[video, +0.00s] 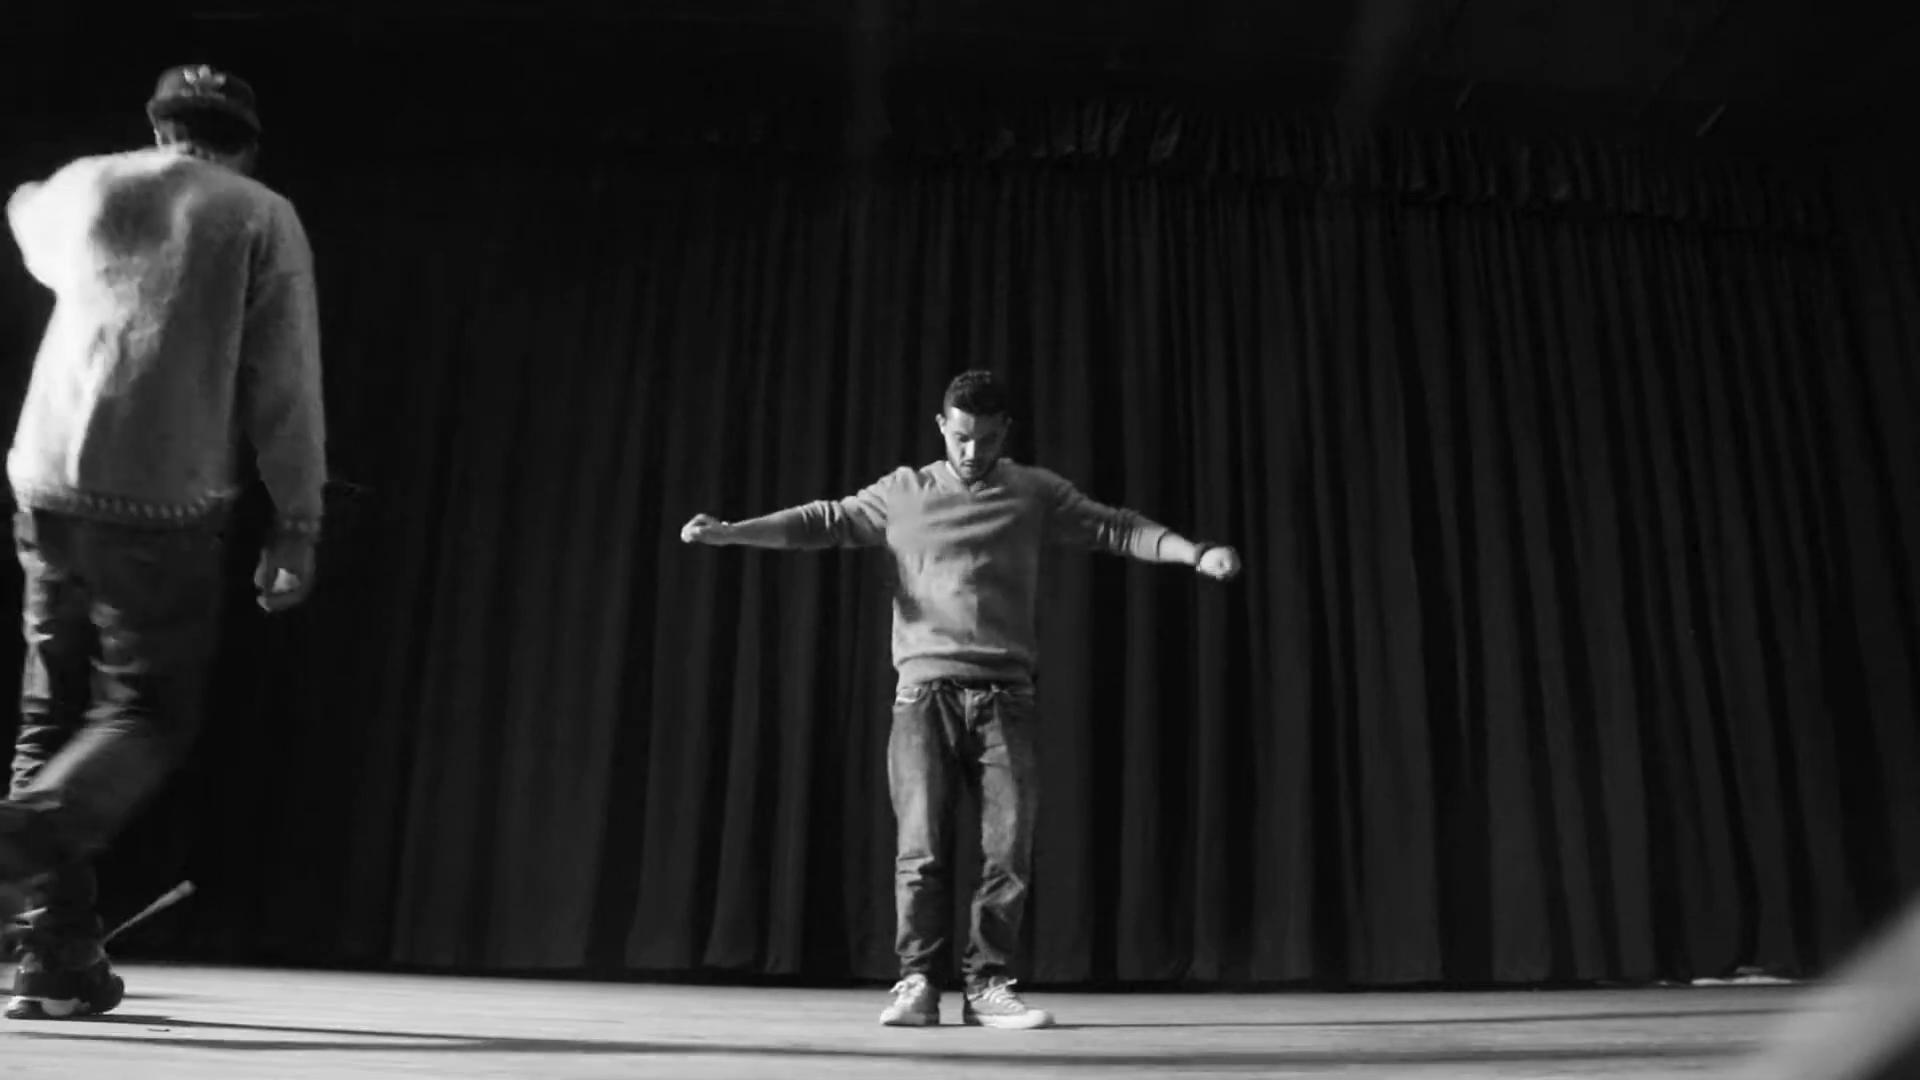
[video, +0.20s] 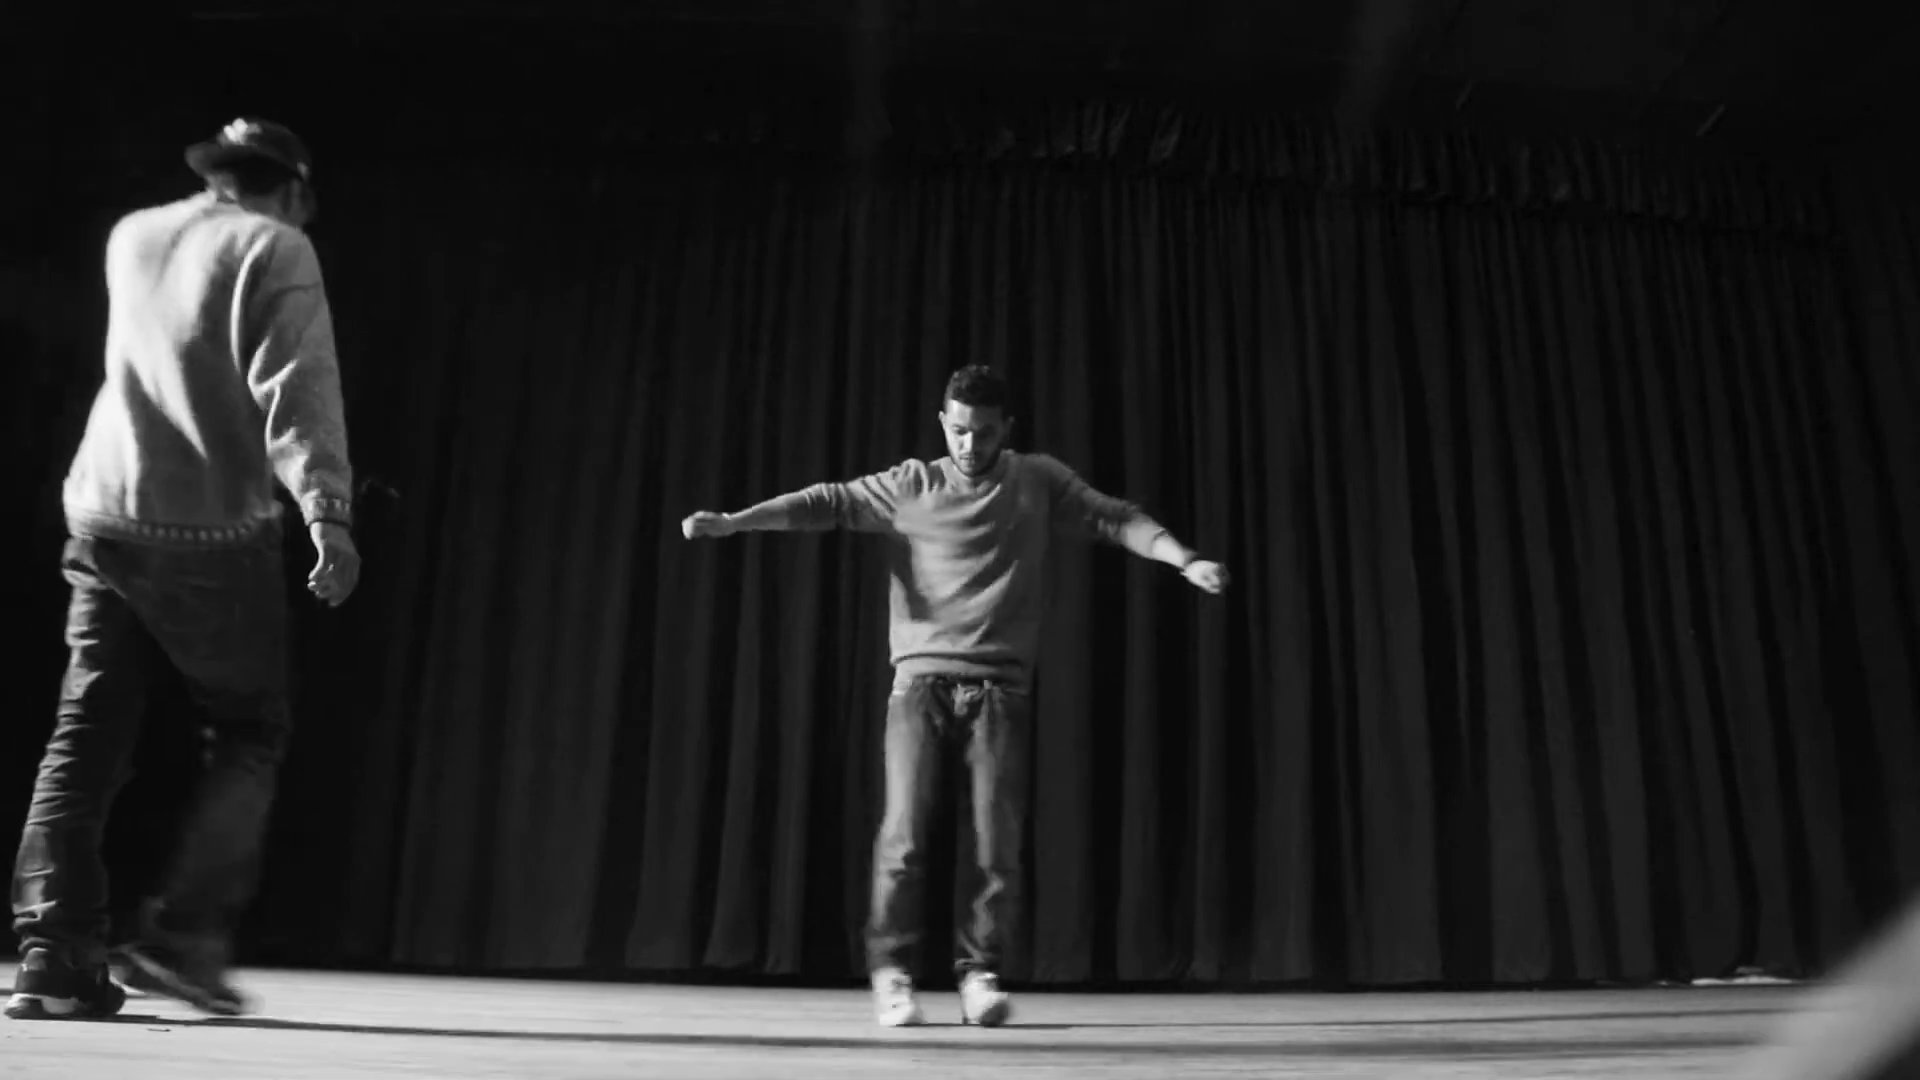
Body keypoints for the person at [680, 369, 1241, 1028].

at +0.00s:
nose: (973, 449)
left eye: (985, 436)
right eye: (962, 435)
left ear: (1006, 432)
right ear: (942, 428)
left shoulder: (1036, 492)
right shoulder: (904, 493)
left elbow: (1116, 529)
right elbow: (823, 519)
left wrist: (1195, 553)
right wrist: (733, 531)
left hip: (1006, 690)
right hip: (925, 690)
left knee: (1009, 848)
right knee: (923, 845)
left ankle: (992, 989)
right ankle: (916, 985)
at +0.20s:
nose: (969, 443)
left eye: (981, 431)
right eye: (959, 429)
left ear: (1005, 429)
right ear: (942, 427)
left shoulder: (1040, 481)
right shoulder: (913, 486)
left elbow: (1116, 521)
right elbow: (826, 502)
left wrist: (1185, 559)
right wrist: (733, 522)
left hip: (1002, 681)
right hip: (922, 679)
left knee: (998, 842)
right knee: (908, 835)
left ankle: (982, 981)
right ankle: (892, 976)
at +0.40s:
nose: (969, 444)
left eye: (982, 430)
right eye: (958, 430)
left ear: (1005, 426)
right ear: (944, 425)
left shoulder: (1042, 472)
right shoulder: (916, 498)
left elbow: (1102, 523)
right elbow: (826, 526)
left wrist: (1157, 558)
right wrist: (733, 537)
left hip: (1007, 677)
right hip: (932, 668)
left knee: (993, 833)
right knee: (914, 795)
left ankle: (973, 974)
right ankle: (830, 918)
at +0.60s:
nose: (973, 437)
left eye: (987, 425)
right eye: (962, 424)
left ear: (1008, 421)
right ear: (945, 418)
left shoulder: (1044, 476)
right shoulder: (917, 474)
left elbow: (1133, 496)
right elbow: (849, 518)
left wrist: (1191, 552)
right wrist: (766, 552)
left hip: (1005, 680)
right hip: (927, 672)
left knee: (997, 831)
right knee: (920, 795)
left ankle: (979, 977)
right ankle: (904, 945)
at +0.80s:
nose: (969, 429)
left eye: (982, 416)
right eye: (959, 415)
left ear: (1003, 415)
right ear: (942, 413)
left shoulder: (1040, 479)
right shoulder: (909, 468)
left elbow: (1117, 510)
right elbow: (832, 500)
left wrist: (1199, 537)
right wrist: (768, 552)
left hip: (1004, 682)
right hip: (924, 677)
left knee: (994, 839)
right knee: (918, 829)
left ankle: (979, 981)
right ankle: (915, 974)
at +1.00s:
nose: (961, 428)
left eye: (974, 415)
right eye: (949, 414)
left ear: (994, 414)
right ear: (931, 413)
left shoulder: (1025, 466)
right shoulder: (900, 488)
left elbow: (1089, 526)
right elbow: (817, 513)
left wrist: (1150, 570)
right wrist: (721, 519)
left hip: (998, 681)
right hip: (920, 684)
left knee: (1000, 806)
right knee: (921, 832)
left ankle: (965, 969)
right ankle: (956, 974)